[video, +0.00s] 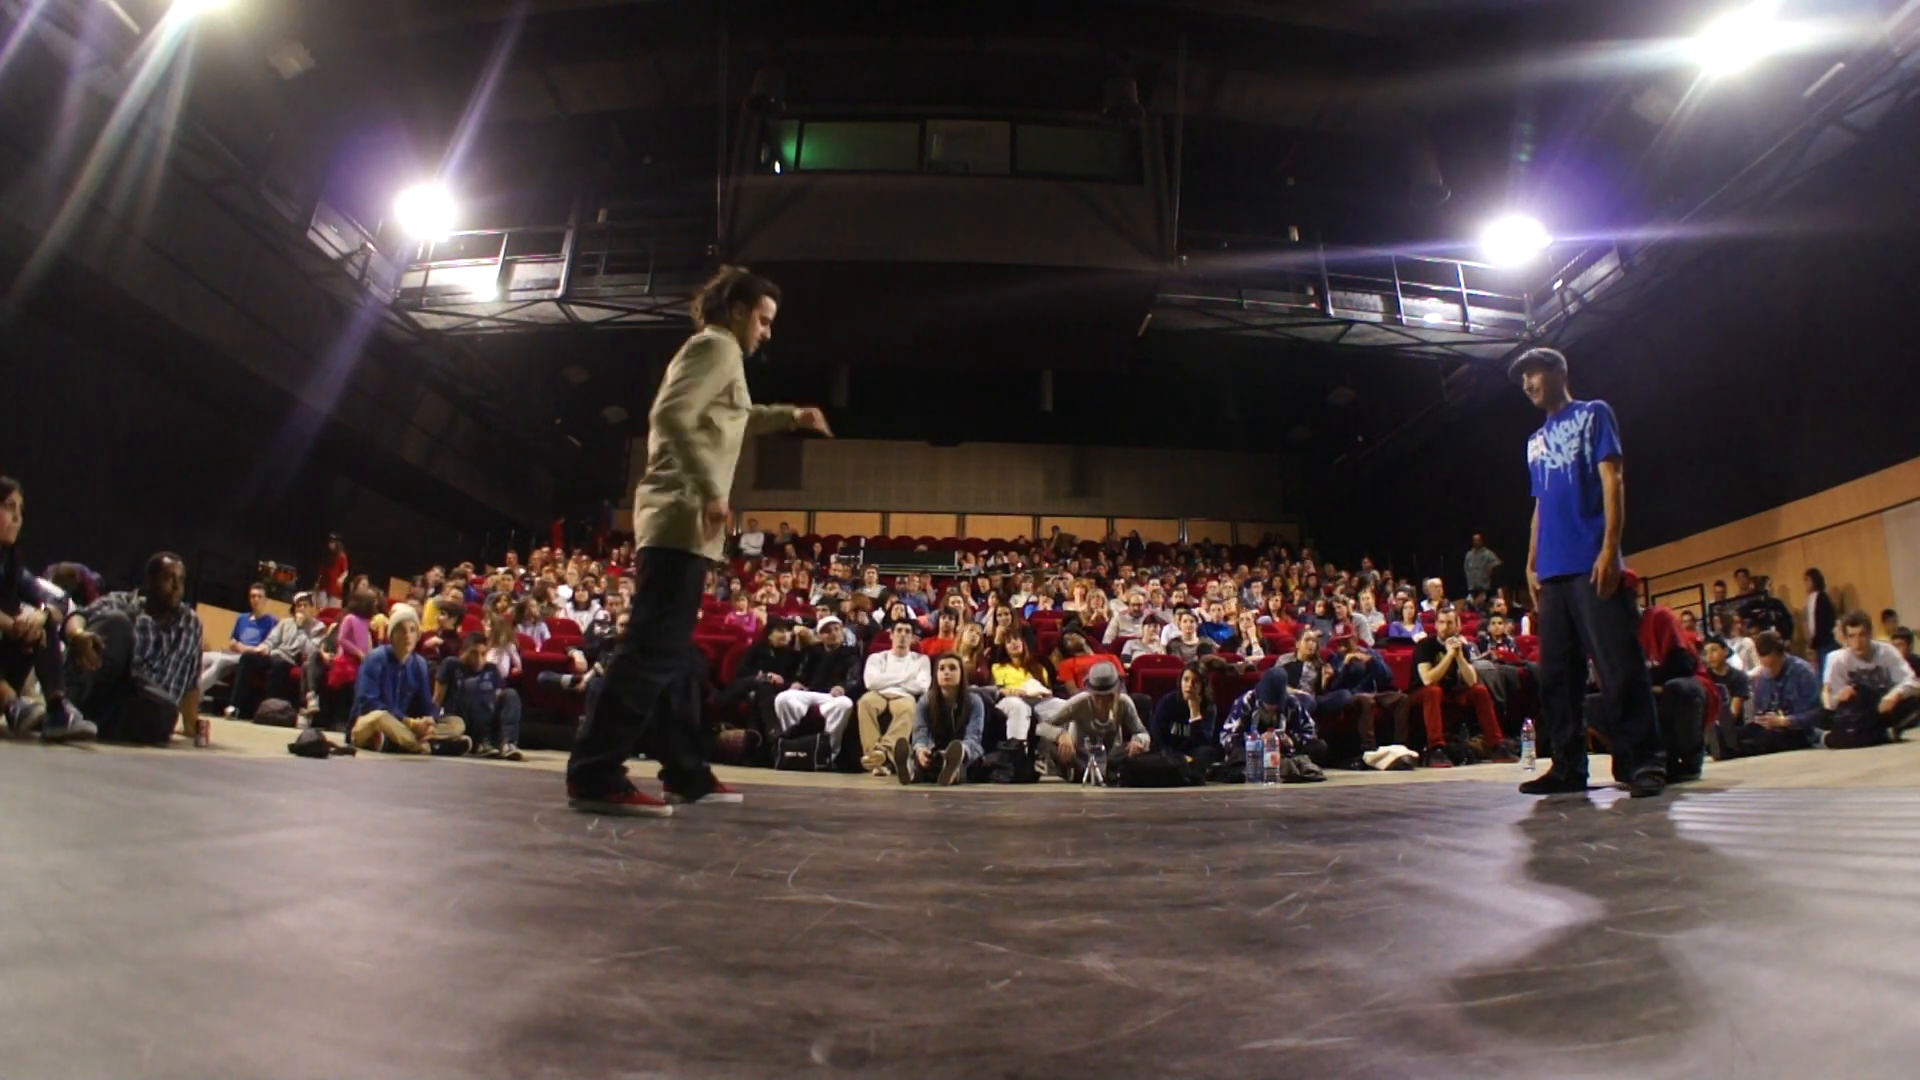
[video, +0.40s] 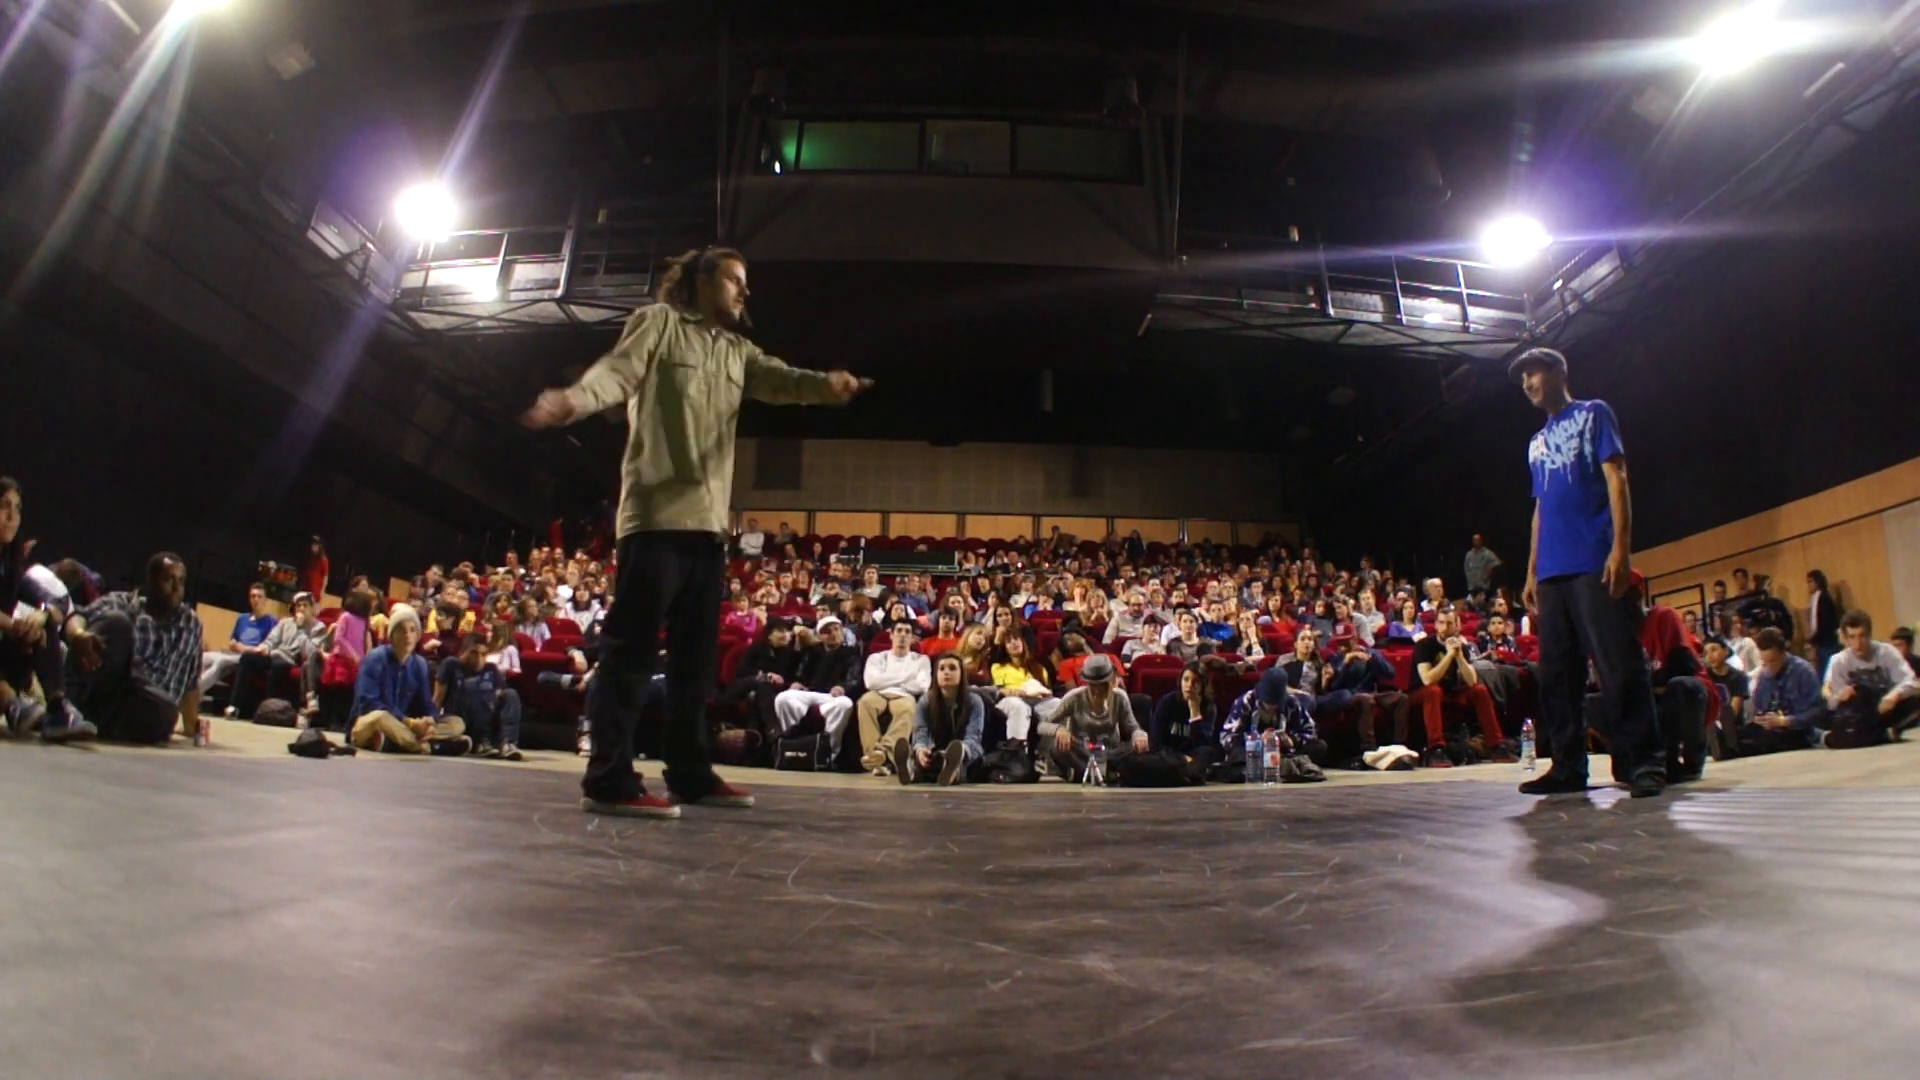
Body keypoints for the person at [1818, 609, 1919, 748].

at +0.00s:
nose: (1857, 642)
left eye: (1862, 635)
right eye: (1851, 636)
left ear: (1870, 634)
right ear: (1845, 638)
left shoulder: (1886, 651)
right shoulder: (1837, 659)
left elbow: (1911, 681)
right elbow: (1829, 702)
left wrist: (1894, 695)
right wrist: (1838, 697)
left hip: (1885, 703)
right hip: (1856, 704)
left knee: (1913, 704)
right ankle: (1885, 734)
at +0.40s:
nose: (1857, 643)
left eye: (1862, 636)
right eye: (1852, 637)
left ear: (1869, 635)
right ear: (1844, 638)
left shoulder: (1886, 652)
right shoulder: (1839, 661)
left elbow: (1911, 681)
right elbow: (1830, 702)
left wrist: (1893, 696)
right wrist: (1839, 696)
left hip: (1886, 703)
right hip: (1858, 705)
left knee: (1914, 704)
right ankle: (1884, 734)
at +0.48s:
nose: (1857, 643)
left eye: (1862, 636)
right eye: (1852, 637)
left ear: (1869, 635)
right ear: (1844, 638)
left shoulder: (1886, 652)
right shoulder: (1839, 661)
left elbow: (1911, 680)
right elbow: (1831, 703)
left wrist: (1893, 696)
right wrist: (1839, 696)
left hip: (1887, 702)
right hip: (1859, 705)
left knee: (1913, 703)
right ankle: (1884, 734)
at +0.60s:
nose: (1857, 643)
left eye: (1862, 636)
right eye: (1852, 637)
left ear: (1869, 635)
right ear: (1843, 638)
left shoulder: (1886, 652)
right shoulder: (1839, 661)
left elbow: (1911, 681)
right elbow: (1830, 702)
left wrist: (1894, 695)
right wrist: (1839, 696)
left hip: (1886, 702)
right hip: (1858, 704)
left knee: (1914, 703)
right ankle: (1885, 734)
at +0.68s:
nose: (1857, 643)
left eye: (1862, 636)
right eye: (1852, 638)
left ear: (1869, 635)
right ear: (1844, 638)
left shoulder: (1886, 652)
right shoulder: (1839, 661)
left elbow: (1911, 681)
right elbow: (1831, 703)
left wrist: (1894, 695)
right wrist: (1839, 697)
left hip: (1886, 702)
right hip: (1858, 704)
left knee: (1914, 703)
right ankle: (1885, 734)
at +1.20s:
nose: (1857, 643)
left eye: (1861, 637)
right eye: (1851, 638)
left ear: (1869, 636)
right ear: (1845, 639)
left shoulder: (1887, 652)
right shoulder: (1836, 661)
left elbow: (1911, 681)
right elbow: (1830, 702)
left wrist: (1894, 695)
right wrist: (1839, 696)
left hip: (1886, 703)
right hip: (1857, 705)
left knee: (1914, 704)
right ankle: (1884, 734)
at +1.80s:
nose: (1857, 643)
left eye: (1862, 637)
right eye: (1852, 638)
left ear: (1870, 636)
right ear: (1846, 638)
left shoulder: (1887, 652)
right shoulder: (1835, 662)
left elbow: (1911, 681)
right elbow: (1827, 703)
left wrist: (1894, 694)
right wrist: (1838, 697)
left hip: (1885, 704)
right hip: (1855, 706)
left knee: (1913, 703)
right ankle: (1884, 734)